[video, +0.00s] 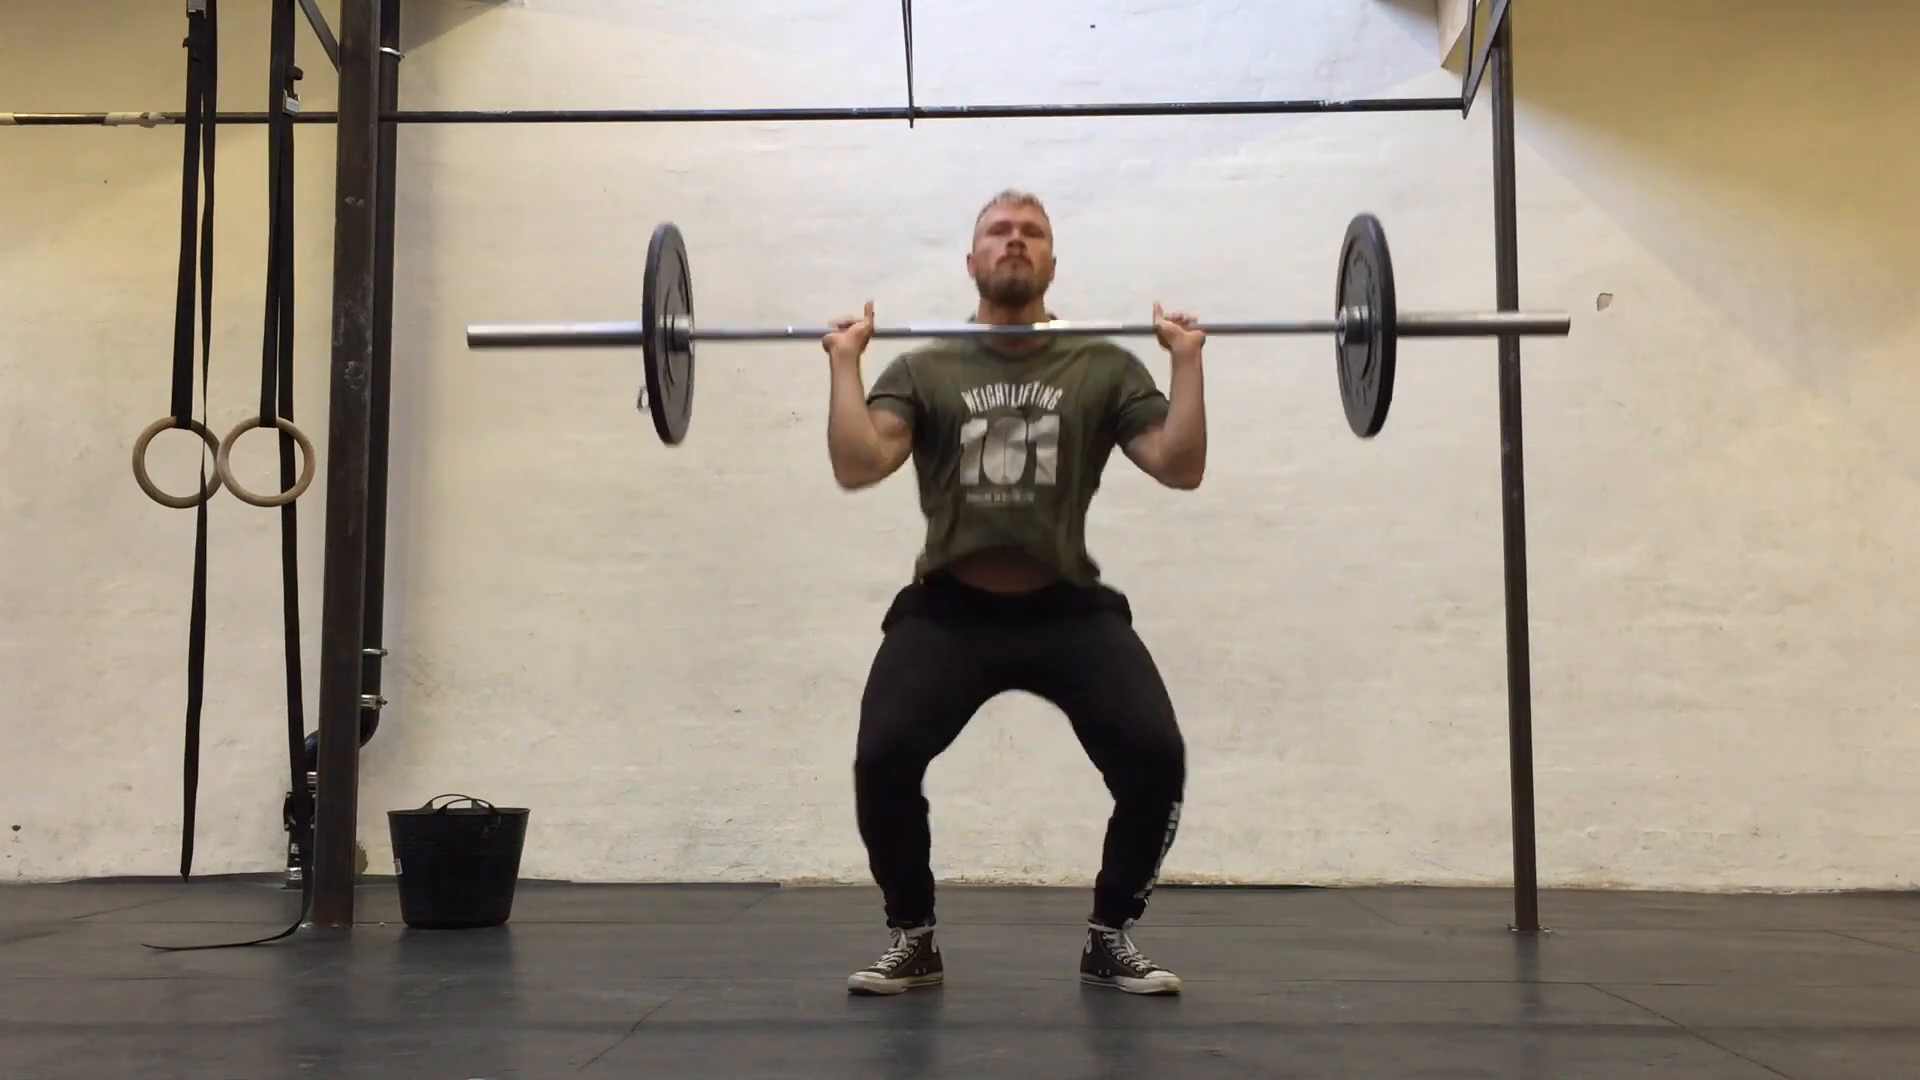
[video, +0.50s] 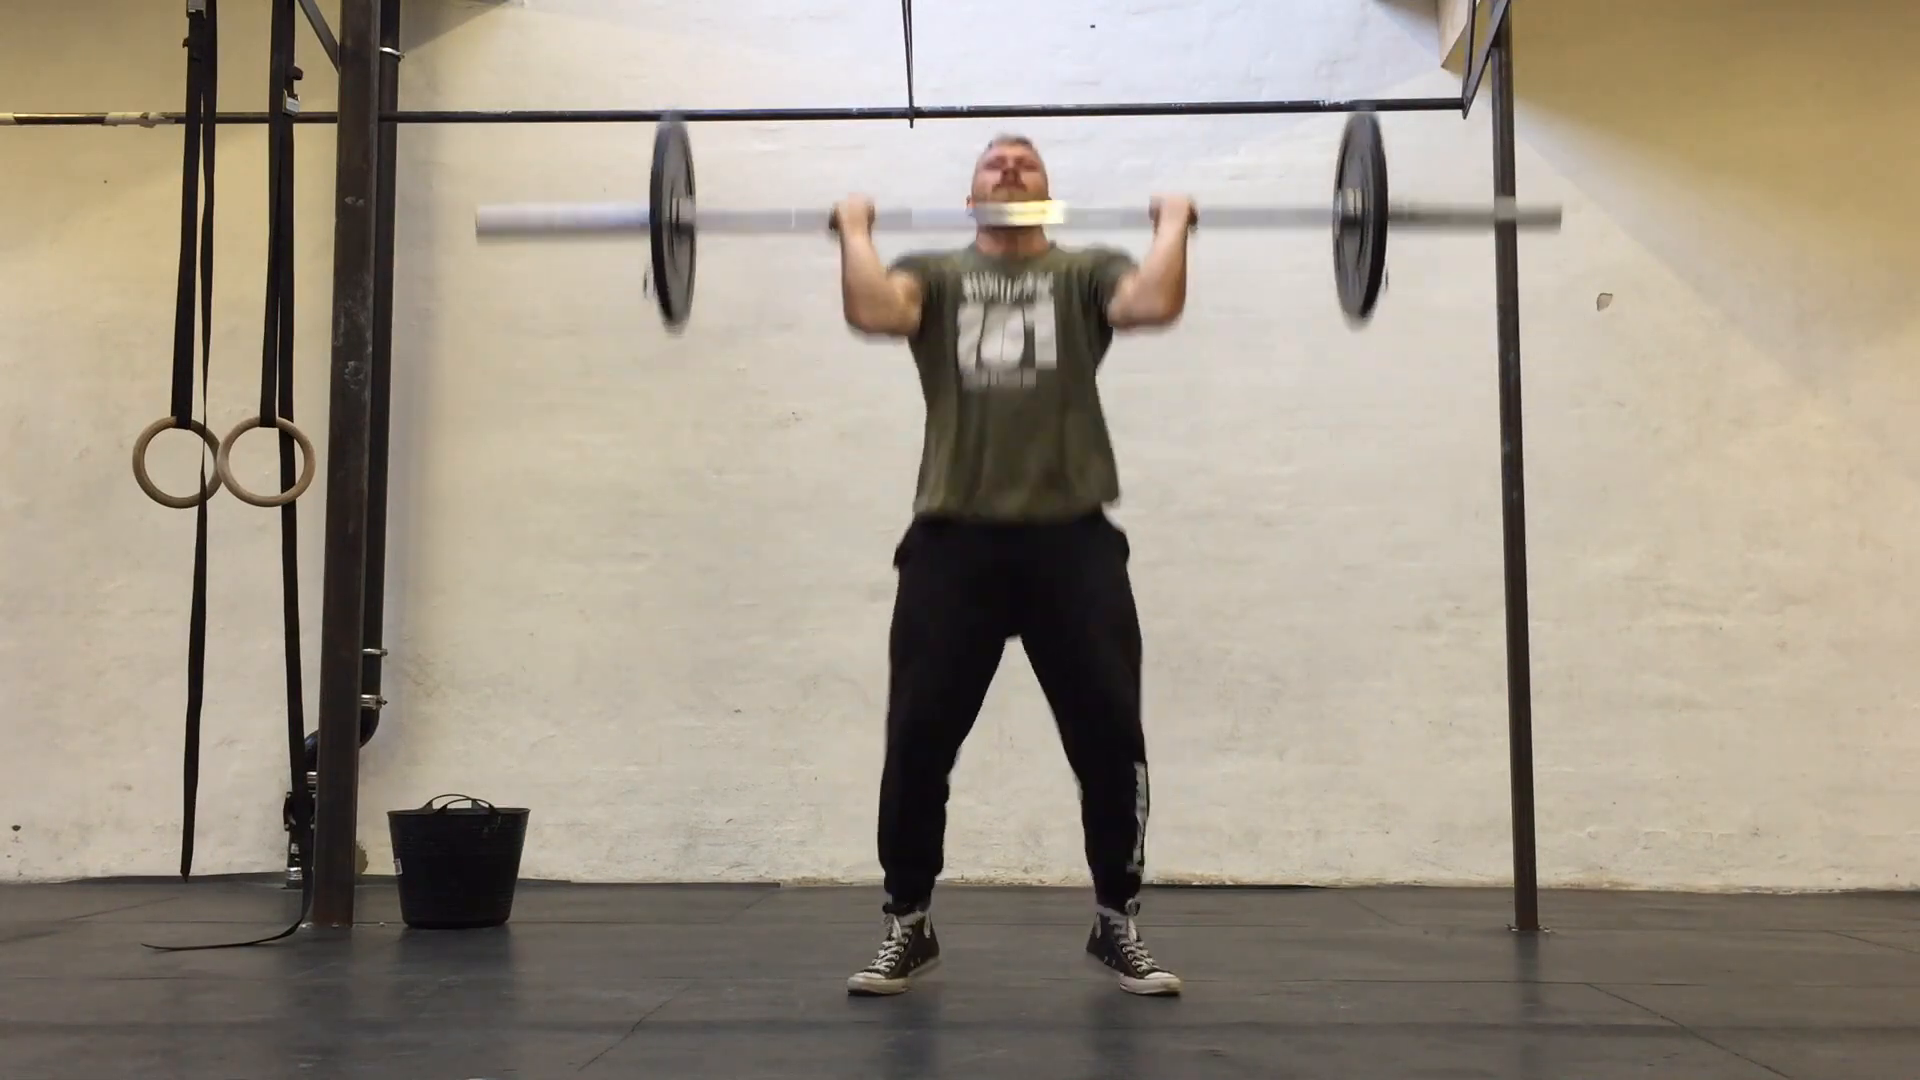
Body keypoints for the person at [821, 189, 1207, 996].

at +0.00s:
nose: (1015, 240)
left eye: (1031, 232)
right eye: (999, 230)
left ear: (1053, 265)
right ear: (970, 261)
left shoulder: (1101, 366)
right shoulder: (925, 370)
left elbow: (1181, 468)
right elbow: (856, 466)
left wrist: (1186, 359)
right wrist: (845, 363)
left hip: (1069, 614)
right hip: (947, 615)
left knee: (1155, 761)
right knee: (882, 761)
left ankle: (1109, 944)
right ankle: (913, 942)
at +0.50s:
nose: (1011, 169)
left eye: (1026, 163)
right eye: (996, 162)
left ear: (1049, 196)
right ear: (971, 195)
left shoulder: (1085, 275)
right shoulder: (936, 278)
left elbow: (1157, 303)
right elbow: (871, 312)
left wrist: (1173, 223)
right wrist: (854, 233)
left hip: (1071, 546)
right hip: (953, 546)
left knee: (1111, 737)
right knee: (917, 739)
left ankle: (1117, 926)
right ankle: (908, 926)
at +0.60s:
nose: (1006, 148)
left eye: (1024, 144)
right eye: (992, 143)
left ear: (1048, 176)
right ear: (972, 174)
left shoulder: (1088, 243)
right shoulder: (931, 246)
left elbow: (1188, 214)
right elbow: (840, 219)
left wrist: (1181, 116)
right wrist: (846, 117)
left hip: (1072, 507)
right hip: (958, 509)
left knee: (1107, 710)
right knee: (932, 711)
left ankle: (1128, 912)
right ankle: (902, 914)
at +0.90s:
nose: (1013, 170)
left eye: (1032, 155)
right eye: (997, 154)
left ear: (1059, 167)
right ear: (974, 164)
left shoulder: (1092, 220)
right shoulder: (938, 220)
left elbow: (1152, 106)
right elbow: (878, 98)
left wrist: (1187, 5)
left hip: (1074, 532)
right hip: (965, 533)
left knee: (1103, 744)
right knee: (937, 739)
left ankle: (1116, 939)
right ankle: (911, 939)